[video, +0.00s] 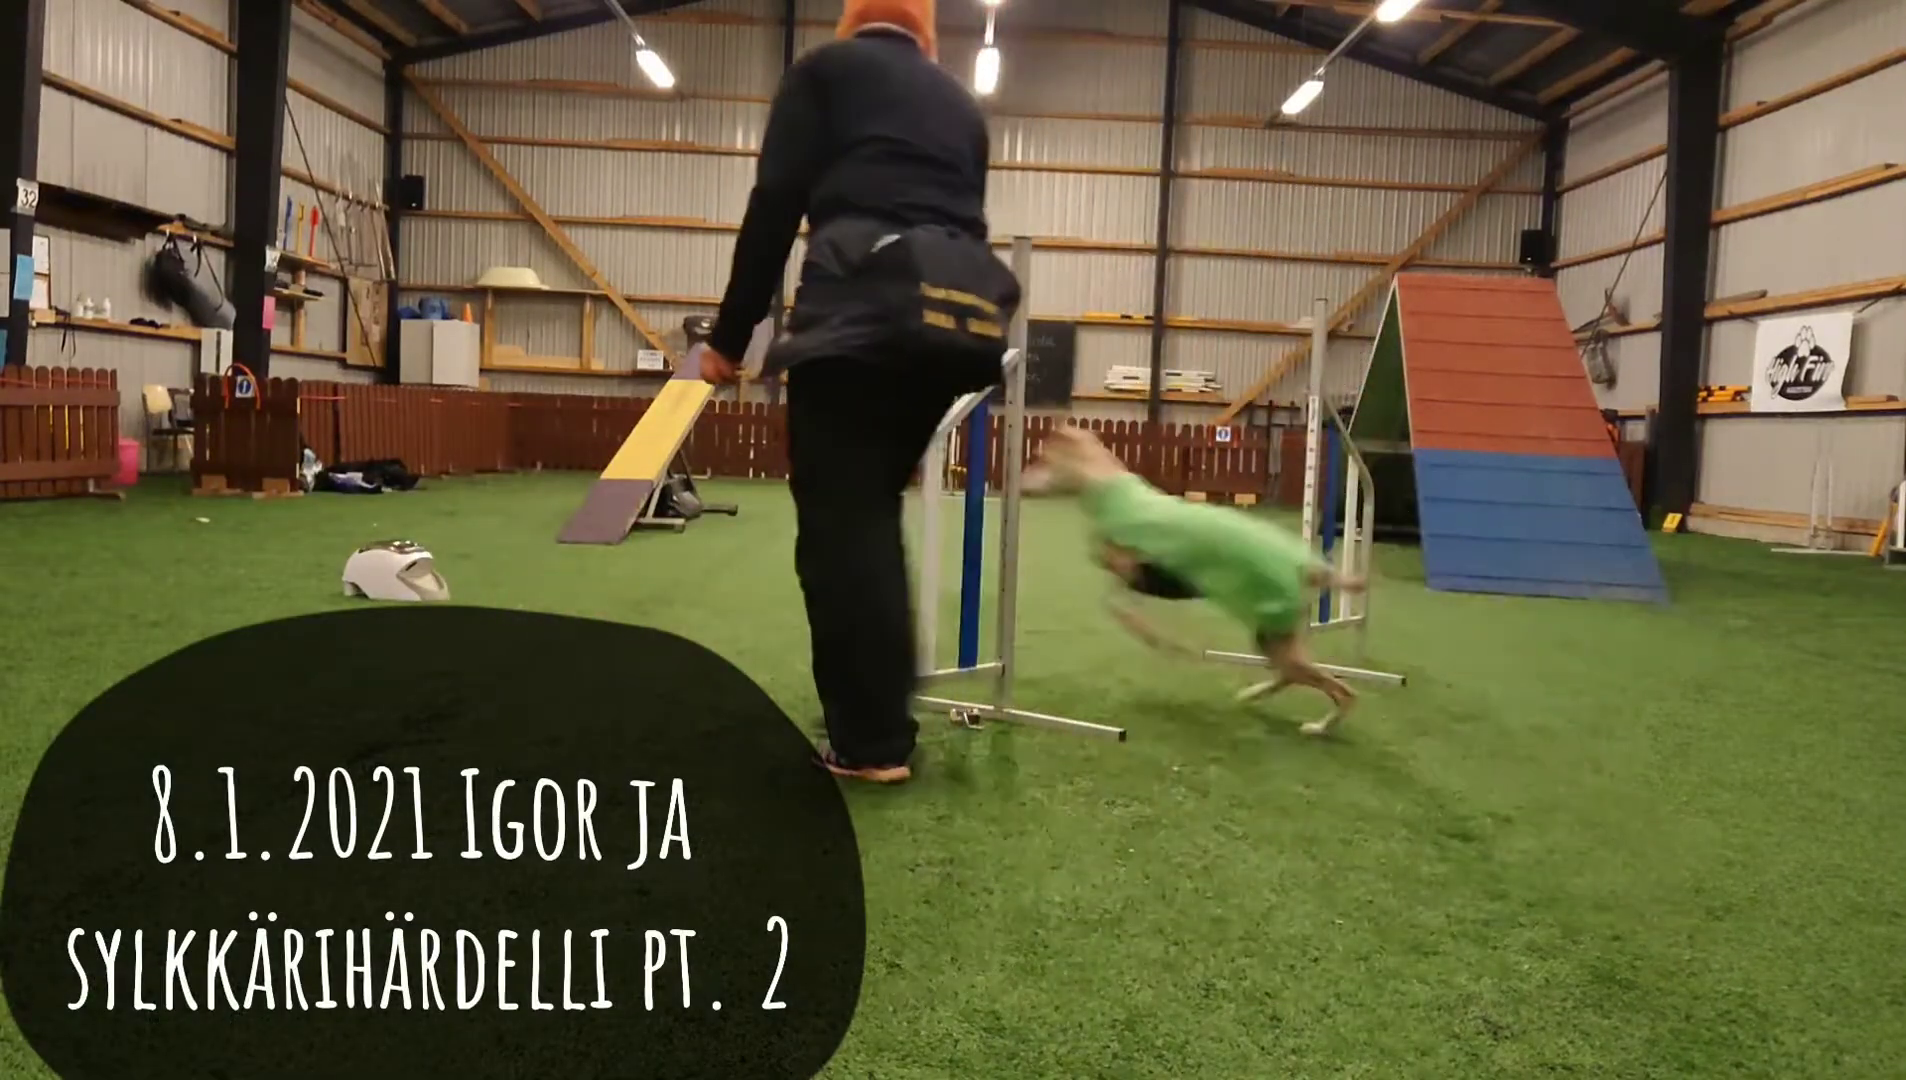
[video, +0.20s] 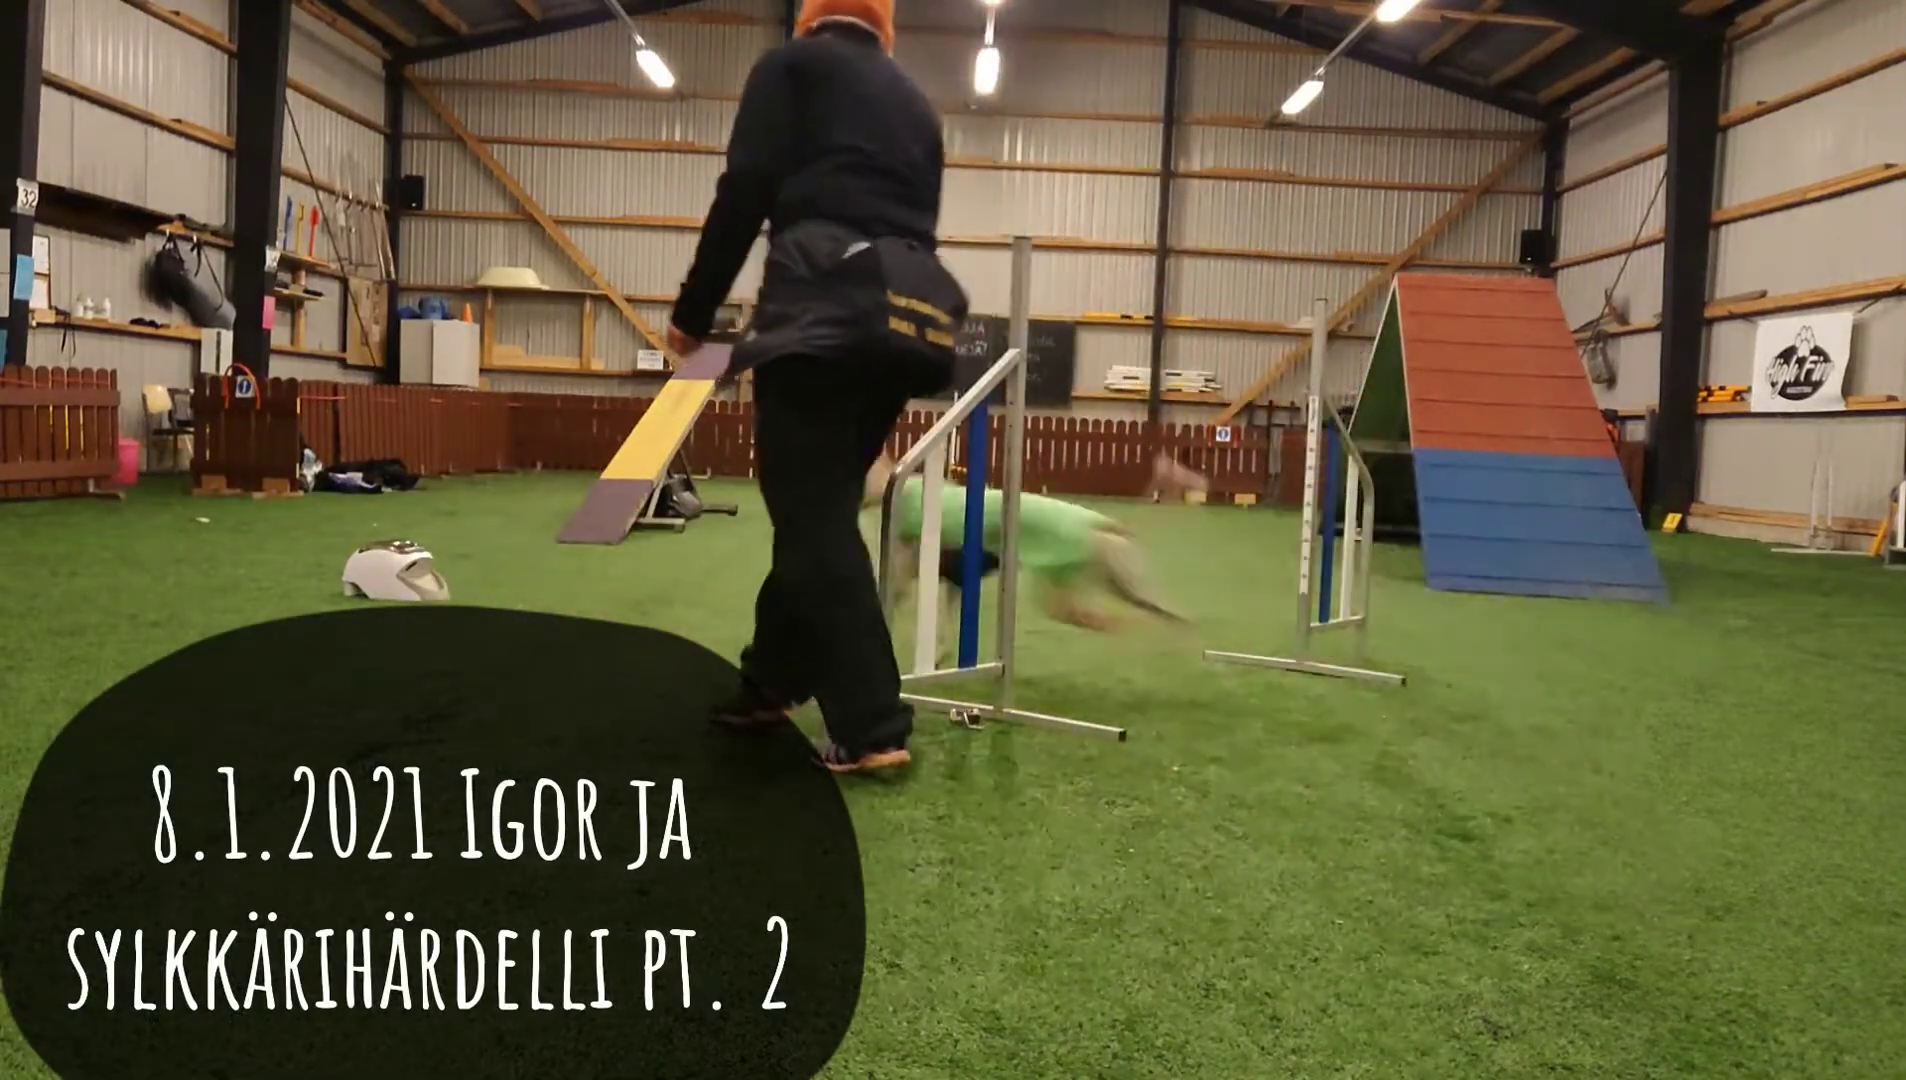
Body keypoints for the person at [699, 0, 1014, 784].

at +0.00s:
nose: (837, 31)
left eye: (839, 23)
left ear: (851, 25)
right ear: (925, 39)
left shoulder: (823, 68)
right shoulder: (962, 104)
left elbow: (775, 204)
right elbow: (963, 227)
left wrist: (729, 338)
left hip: (855, 315)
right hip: (963, 327)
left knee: (839, 522)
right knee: (870, 503)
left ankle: (873, 743)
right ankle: (884, 710)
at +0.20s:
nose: (797, 31)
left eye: (799, 22)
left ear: (812, 22)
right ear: (883, 37)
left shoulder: (790, 63)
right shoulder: (917, 106)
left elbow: (746, 188)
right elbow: (911, 234)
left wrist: (691, 314)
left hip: (813, 311)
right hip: (906, 324)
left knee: (814, 518)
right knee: (817, 515)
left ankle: (875, 731)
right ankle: (768, 685)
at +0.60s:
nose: (745, 32)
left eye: (747, 24)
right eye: (748, 28)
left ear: (768, 16)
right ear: (827, 25)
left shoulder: (765, 47)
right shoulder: (855, 90)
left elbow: (732, 166)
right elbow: (844, 213)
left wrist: (677, 283)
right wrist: (754, 317)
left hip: (803, 295)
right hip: (871, 305)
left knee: (786, 497)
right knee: (805, 499)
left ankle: (876, 686)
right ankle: (775, 693)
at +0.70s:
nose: (747, 29)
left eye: (750, 22)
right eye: (749, 25)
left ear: (770, 11)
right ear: (830, 19)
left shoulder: (770, 44)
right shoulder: (856, 84)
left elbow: (743, 166)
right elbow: (843, 212)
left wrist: (688, 279)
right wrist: (757, 322)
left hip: (807, 296)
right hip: (871, 304)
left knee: (792, 495)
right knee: (811, 496)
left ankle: (894, 680)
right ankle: (775, 694)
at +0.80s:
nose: (755, 21)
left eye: (759, 15)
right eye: (757, 18)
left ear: (776, 8)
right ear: (842, 16)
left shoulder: (780, 43)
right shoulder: (864, 80)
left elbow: (756, 164)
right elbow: (852, 209)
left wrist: (699, 279)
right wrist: (764, 310)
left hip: (815, 290)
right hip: (877, 298)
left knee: (805, 489)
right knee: (811, 492)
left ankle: (919, 668)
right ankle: (776, 695)